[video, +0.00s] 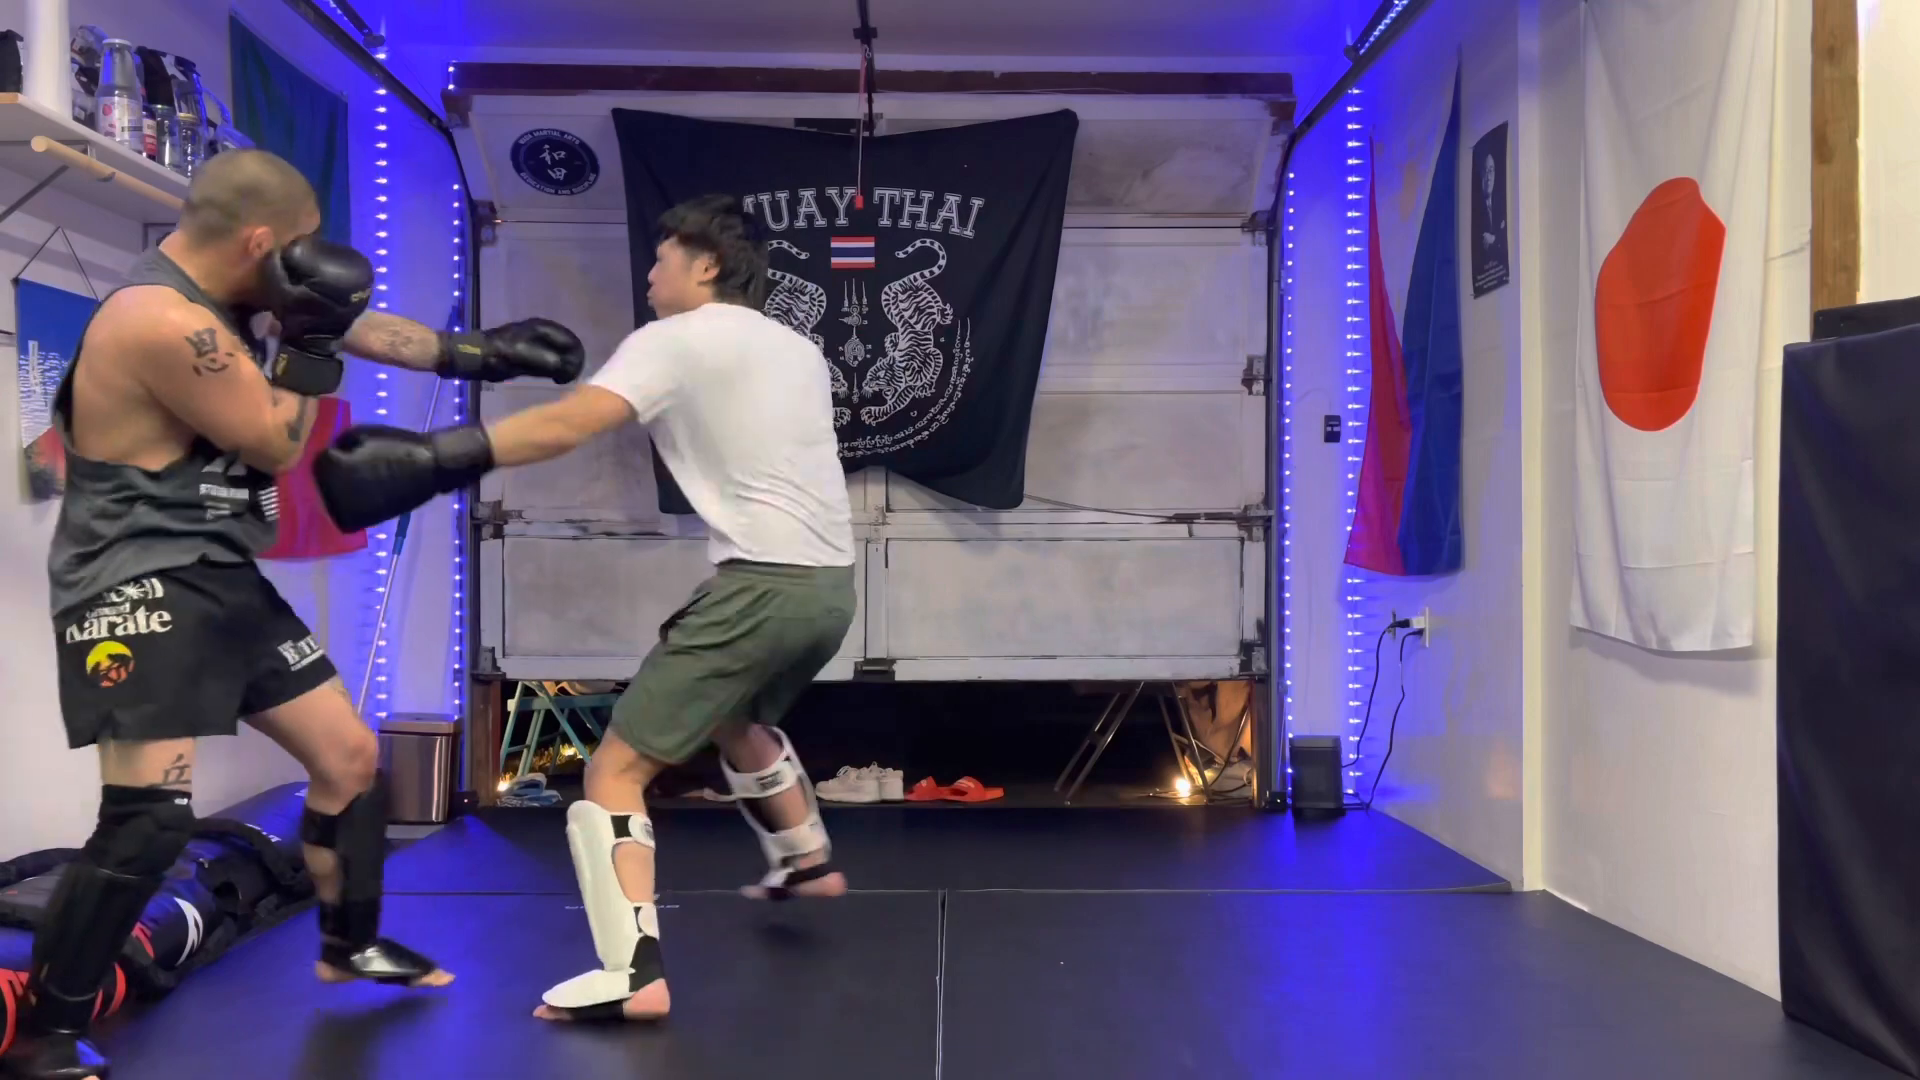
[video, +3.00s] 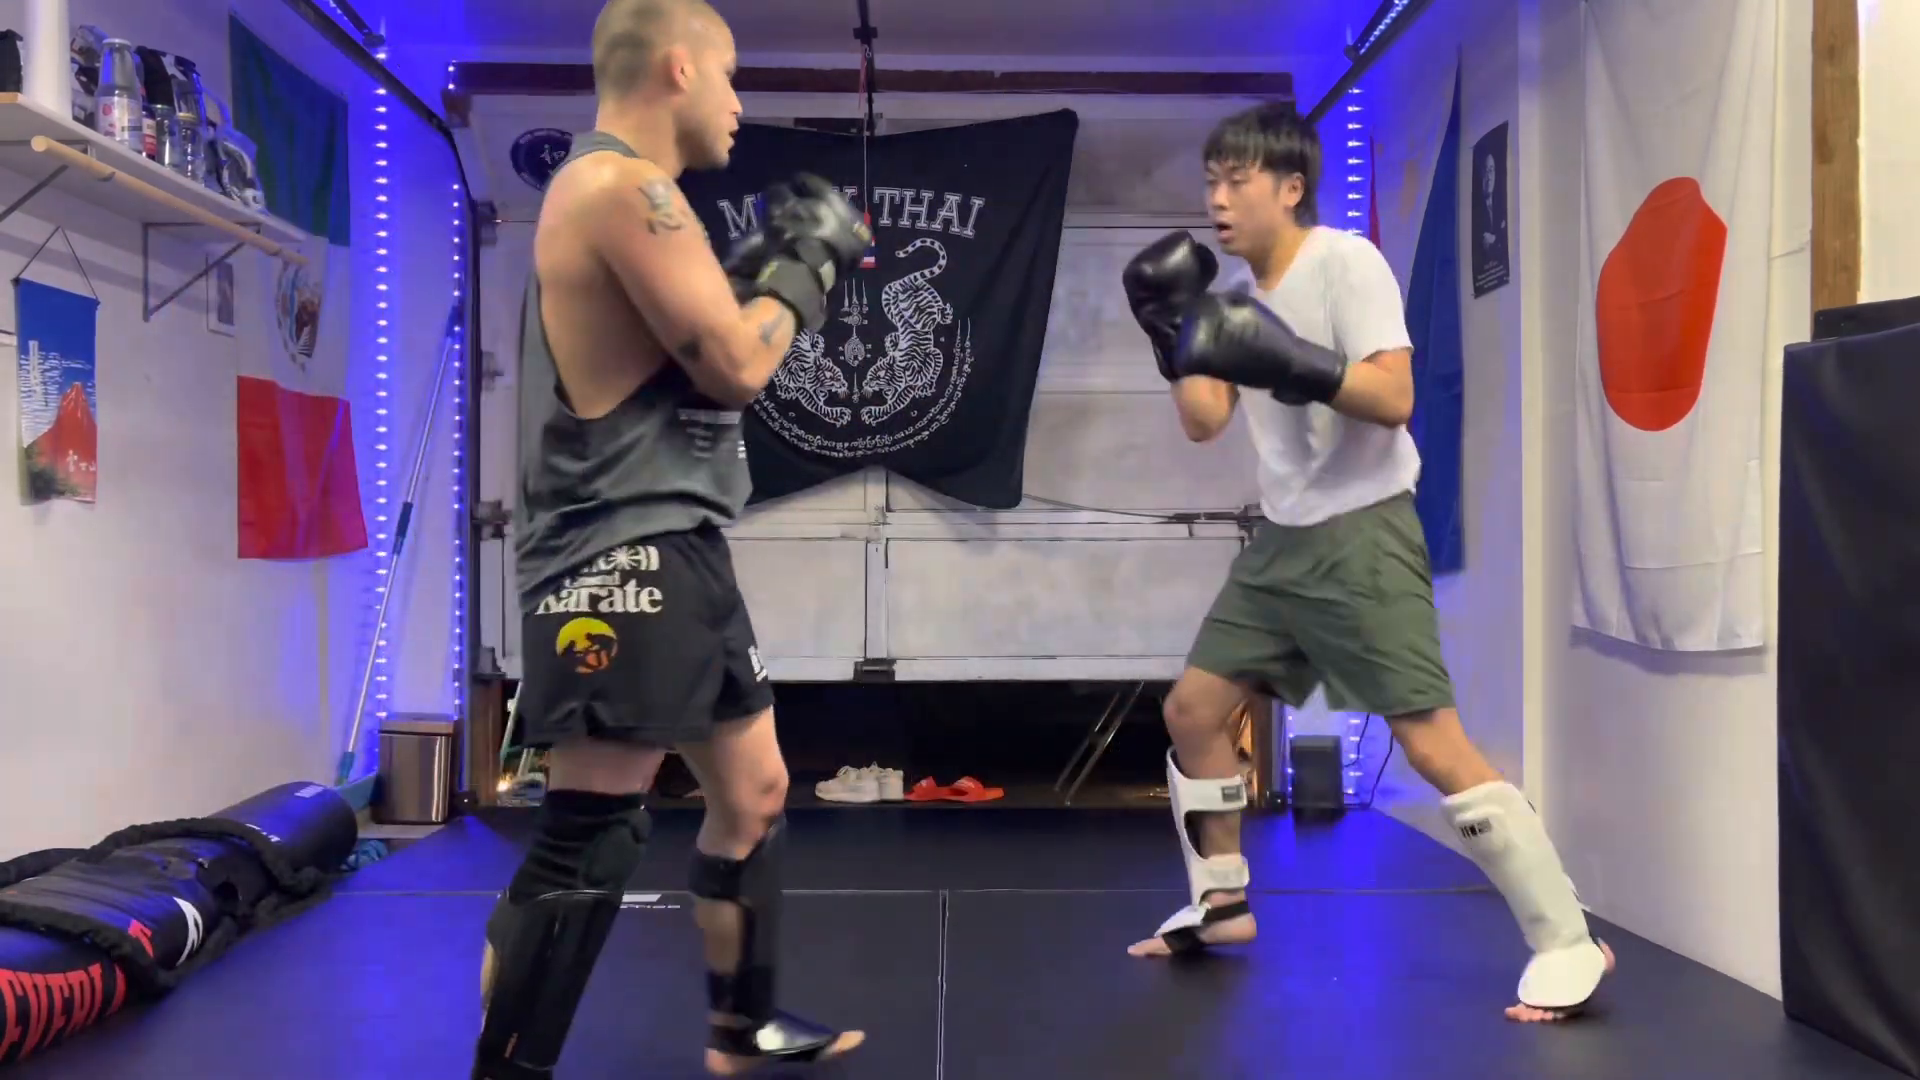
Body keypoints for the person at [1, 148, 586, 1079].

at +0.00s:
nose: (299, 265)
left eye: (305, 251)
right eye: (297, 248)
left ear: (233, 233)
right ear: (253, 238)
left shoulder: (215, 309)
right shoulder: (159, 320)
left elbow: (345, 321)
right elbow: (280, 443)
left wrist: (469, 350)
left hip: (219, 574)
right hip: (132, 582)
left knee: (349, 759)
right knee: (151, 817)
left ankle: (349, 944)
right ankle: (45, 1035)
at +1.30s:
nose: (378, 153)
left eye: (377, 134)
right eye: (367, 132)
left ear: (299, 131)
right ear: (308, 127)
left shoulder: (292, 243)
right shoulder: (242, 229)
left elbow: (383, 354)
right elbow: (397, 357)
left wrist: (431, 234)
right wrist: (430, 221)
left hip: (329, 560)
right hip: (245, 561)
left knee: (431, 776)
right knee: (214, 832)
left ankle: (435, 1002)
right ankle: (118, 1059)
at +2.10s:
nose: (452, 144)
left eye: (451, 124)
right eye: (434, 120)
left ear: (365, 131)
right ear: (357, 126)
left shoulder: (421, 270)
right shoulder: (284, 241)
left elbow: (499, 389)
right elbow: (389, 383)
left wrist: (559, 289)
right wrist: (501, 301)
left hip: (439, 577)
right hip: (315, 580)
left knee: (544, 814)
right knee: (248, 845)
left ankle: (538, 1046)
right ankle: (128, 1061)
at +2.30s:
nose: (556, 137)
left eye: (551, 118)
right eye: (540, 113)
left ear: (478, 120)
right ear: (475, 114)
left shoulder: (486, 258)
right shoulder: (410, 217)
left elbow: (491, 410)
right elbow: (447, 377)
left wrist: (595, 364)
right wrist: (611, 402)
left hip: (523, 558)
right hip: (425, 559)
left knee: (566, 812)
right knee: (380, 823)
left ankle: (541, 1046)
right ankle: (191, 1039)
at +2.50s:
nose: (621, 120)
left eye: (616, 99)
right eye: (605, 97)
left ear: (542, 103)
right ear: (541, 100)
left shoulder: (552, 243)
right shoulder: (474, 205)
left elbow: (554, 397)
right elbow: (550, 361)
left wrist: (642, 401)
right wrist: (677, 295)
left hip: (569, 548)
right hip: (481, 543)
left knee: (562, 807)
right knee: (501, 822)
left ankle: (541, 1042)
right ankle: (367, 1060)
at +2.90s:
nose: (715, 107)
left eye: (714, 84)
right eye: (704, 81)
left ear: (635, 80)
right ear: (643, 77)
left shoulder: (634, 218)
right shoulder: (564, 197)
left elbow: (649, 385)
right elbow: (662, 394)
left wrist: (734, 321)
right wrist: (753, 318)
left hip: (652, 548)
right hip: (579, 553)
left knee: (735, 793)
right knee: (583, 850)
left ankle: (626, 999)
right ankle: (507, 1068)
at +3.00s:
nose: (737, 104)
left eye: (734, 81)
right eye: (728, 79)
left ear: (654, 76)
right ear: (674, 74)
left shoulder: (634, 193)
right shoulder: (616, 186)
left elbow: (715, 361)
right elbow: (738, 364)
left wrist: (785, 267)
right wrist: (802, 259)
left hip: (673, 547)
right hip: (617, 552)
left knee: (752, 793)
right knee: (588, 835)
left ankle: (742, 1027)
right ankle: (511, 1067)